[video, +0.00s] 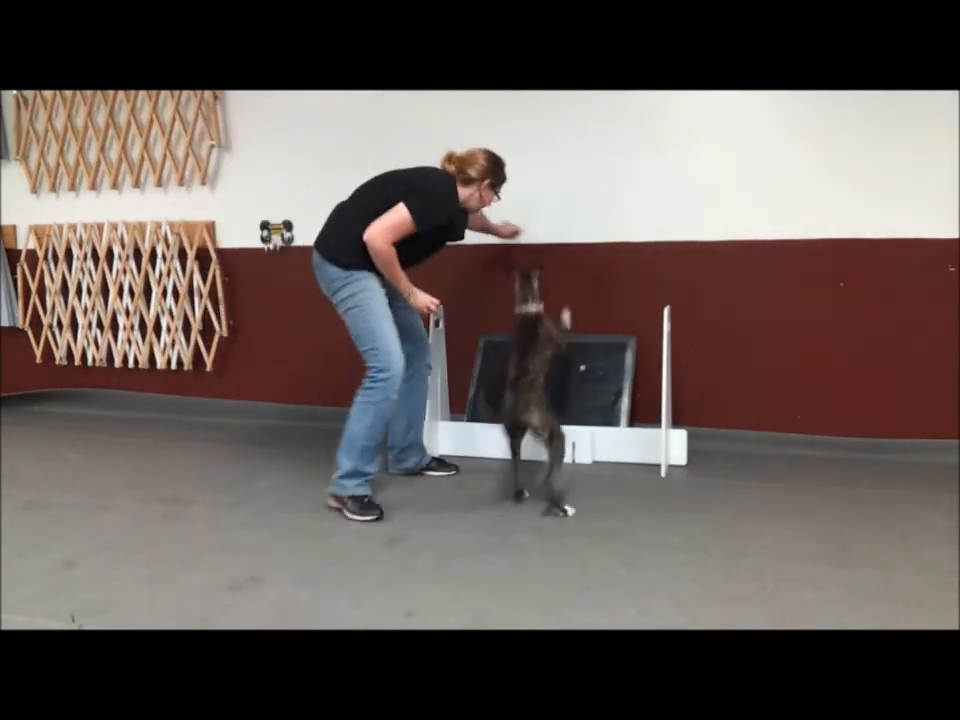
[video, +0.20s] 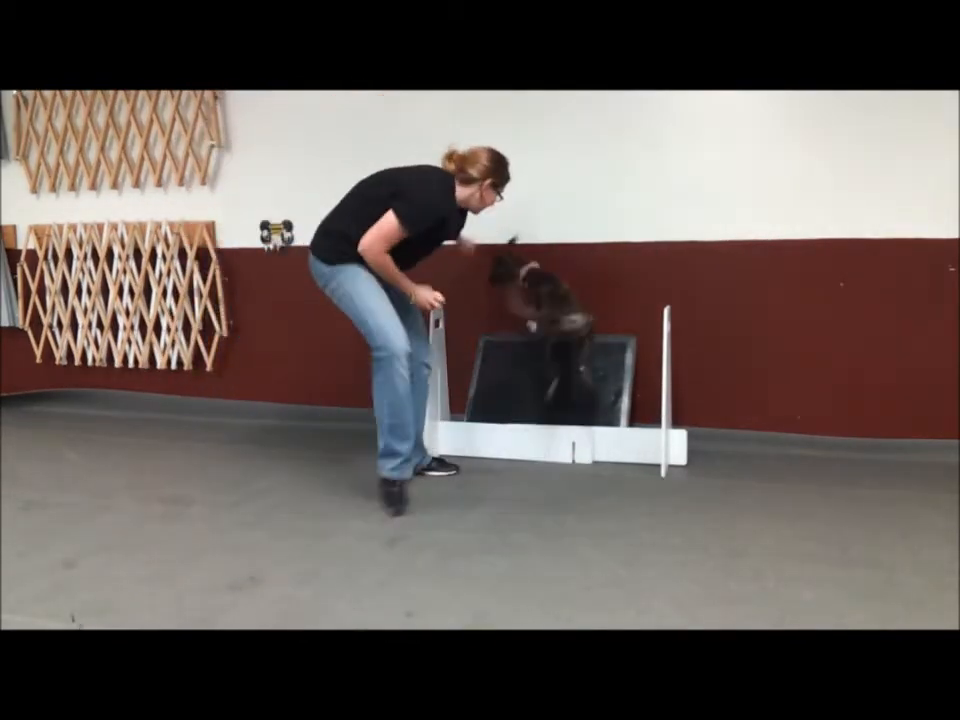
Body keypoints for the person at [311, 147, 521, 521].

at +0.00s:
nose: (492, 201)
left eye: (495, 194)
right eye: (493, 193)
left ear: (475, 183)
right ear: (479, 183)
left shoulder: (453, 201)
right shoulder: (438, 194)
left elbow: (468, 217)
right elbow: (376, 237)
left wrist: (495, 229)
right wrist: (410, 293)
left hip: (379, 265)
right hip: (346, 264)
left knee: (417, 357)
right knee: (387, 366)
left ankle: (407, 457)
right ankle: (349, 486)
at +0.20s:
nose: (496, 200)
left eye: (499, 193)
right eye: (496, 192)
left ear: (477, 182)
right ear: (479, 184)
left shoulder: (455, 207)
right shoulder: (431, 196)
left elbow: (423, 231)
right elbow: (369, 247)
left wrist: (458, 243)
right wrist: (413, 290)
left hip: (379, 263)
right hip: (339, 260)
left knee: (419, 353)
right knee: (394, 347)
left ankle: (413, 456)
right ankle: (394, 468)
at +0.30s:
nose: (494, 213)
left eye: (498, 206)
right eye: (495, 204)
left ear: (474, 194)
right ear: (479, 197)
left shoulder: (456, 220)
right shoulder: (423, 206)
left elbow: (431, 245)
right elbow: (375, 267)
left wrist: (448, 270)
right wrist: (421, 312)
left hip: (371, 260)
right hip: (328, 254)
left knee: (407, 348)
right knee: (367, 339)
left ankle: (414, 453)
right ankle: (396, 453)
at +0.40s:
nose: (481, 237)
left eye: (484, 231)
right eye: (482, 230)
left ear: (465, 220)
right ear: (468, 223)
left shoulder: (449, 241)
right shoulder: (405, 228)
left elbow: (413, 275)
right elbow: (388, 303)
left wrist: (424, 312)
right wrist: (435, 352)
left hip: (366, 270)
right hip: (317, 256)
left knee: (407, 352)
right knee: (345, 341)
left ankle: (407, 458)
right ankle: (350, 462)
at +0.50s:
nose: (457, 271)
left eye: (461, 265)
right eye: (457, 264)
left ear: (438, 253)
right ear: (441, 256)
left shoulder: (425, 261)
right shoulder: (383, 265)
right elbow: (396, 347)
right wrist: (443, 398)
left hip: (355, 276)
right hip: (305, 270)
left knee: (411, 357)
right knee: (318, 362)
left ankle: (407, 459)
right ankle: (297, 485)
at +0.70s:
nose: (374, 323)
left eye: (379, 313)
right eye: (365, 317)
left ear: (385, 296)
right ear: (337, 305)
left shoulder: (368, 272)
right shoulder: (298, 305)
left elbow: (342, 363)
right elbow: (334, 393)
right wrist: (372, 473)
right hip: (267, 286)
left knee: (393, 369)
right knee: (256, 400)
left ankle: (409, 457)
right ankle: (280, 511)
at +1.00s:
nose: (206, 274)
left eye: (213, 260)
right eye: (193, 266)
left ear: (234, 240)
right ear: (177, 260)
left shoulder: (281, 233)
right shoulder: (175, 279)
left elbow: (317, 266)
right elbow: (190, 365)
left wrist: (279, 322)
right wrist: (156, 428)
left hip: (305, 272)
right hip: (230, 304)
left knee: (337, 369)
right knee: (231, 401)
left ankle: (350, 452)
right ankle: (276, 511)